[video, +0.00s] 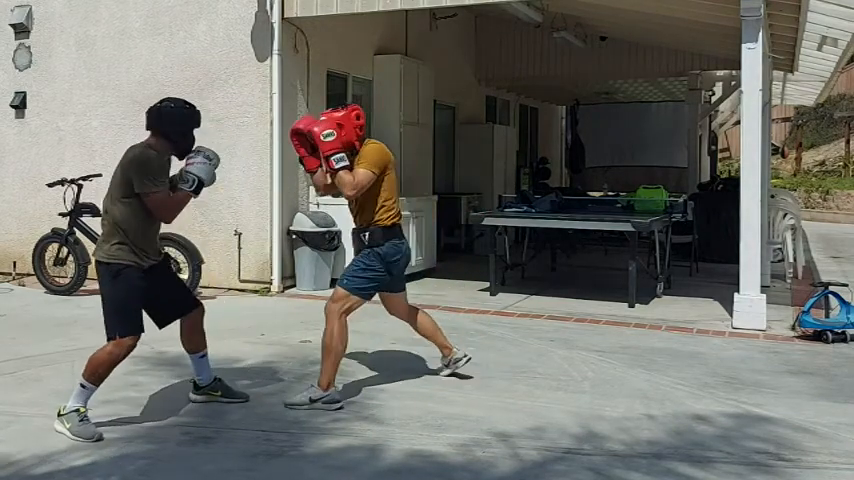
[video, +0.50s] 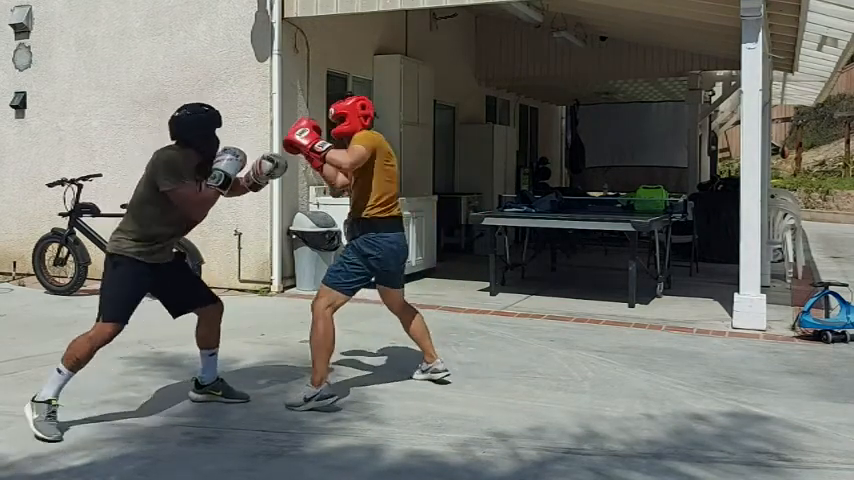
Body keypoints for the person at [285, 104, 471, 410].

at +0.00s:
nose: (333, 137)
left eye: (334, 132)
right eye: (332, 133)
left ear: (347, 131)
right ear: (353, 131)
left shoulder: (374, 150)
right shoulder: (354, 156)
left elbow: (351, 189)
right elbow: (324, 187)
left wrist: (333, 151)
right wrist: (310, 156)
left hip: (380, 249)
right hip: (387, 247)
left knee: (335, 308)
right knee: (400, 308)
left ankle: (325, 389)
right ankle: (452, 355)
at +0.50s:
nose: (337, 128)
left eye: (340, 121)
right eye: (336, 123)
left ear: (357, 118)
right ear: (364, 119)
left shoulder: (367, 138)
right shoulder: (373, 145)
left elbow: (349, 162)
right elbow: (338, 184)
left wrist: (315, 143)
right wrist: (314, 158)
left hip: (371, 240)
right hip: (392, 239)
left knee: (322, 306)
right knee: (397, 303)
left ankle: (319, 386)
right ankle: (433, 361)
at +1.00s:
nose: (344, 128)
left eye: (346, 122)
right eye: (343, 123)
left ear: (361, 120)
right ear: (369, 118)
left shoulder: (378, 144)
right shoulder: (380, 144)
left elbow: (376, 187)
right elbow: (353, 187)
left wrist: (339, 168)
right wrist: (330, 157)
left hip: (383, 244)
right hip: (402, 242)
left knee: (335, 307)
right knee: (416, 310)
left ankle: (326, 391)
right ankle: (458, 374)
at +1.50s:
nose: (310, 123)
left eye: (313, 117)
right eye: (310, 117)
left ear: (328, 116)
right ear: (345, 116)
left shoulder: (334, 138)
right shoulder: (374, 144)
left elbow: (293, 154)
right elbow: (339, 178)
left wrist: (264, 147)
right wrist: (305, 147)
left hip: (356, 246)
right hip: (389, 242)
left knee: (306, 314)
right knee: (398, 305)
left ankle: (294, 397)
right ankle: (434, 368)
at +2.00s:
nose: (358, 115)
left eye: (360, 108)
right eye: (358, 107)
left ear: (373, 105)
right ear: (396, 107)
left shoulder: (366, 139)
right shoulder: (423, 145)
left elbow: (349, 189)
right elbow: (396, 176)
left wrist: (315, 206)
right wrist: (358, 148)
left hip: (381, 250)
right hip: (421, 248)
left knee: (339, 325)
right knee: (430, 331)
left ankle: (309, 399)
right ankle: (457, 410)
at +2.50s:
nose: (347, 112)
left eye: (348, 105)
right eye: (346, 105)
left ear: (363, 104)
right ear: (385, 101)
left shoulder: (371, 134)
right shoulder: (421, 129)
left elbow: (347, 187)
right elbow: (379, 180)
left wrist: (324, 163)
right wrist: (354, 141)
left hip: (395, 246)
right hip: (436, 242)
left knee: (349, 324)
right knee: (445, 334)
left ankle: (329, 416)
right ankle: (472, 422)